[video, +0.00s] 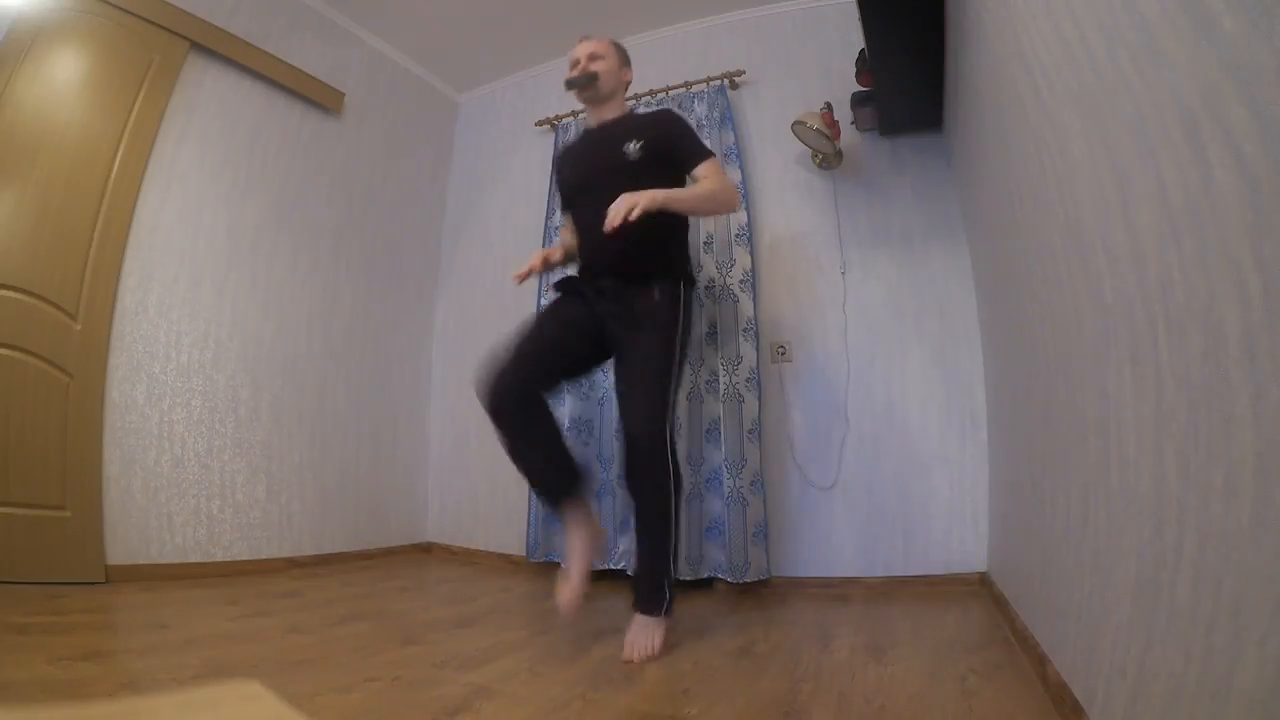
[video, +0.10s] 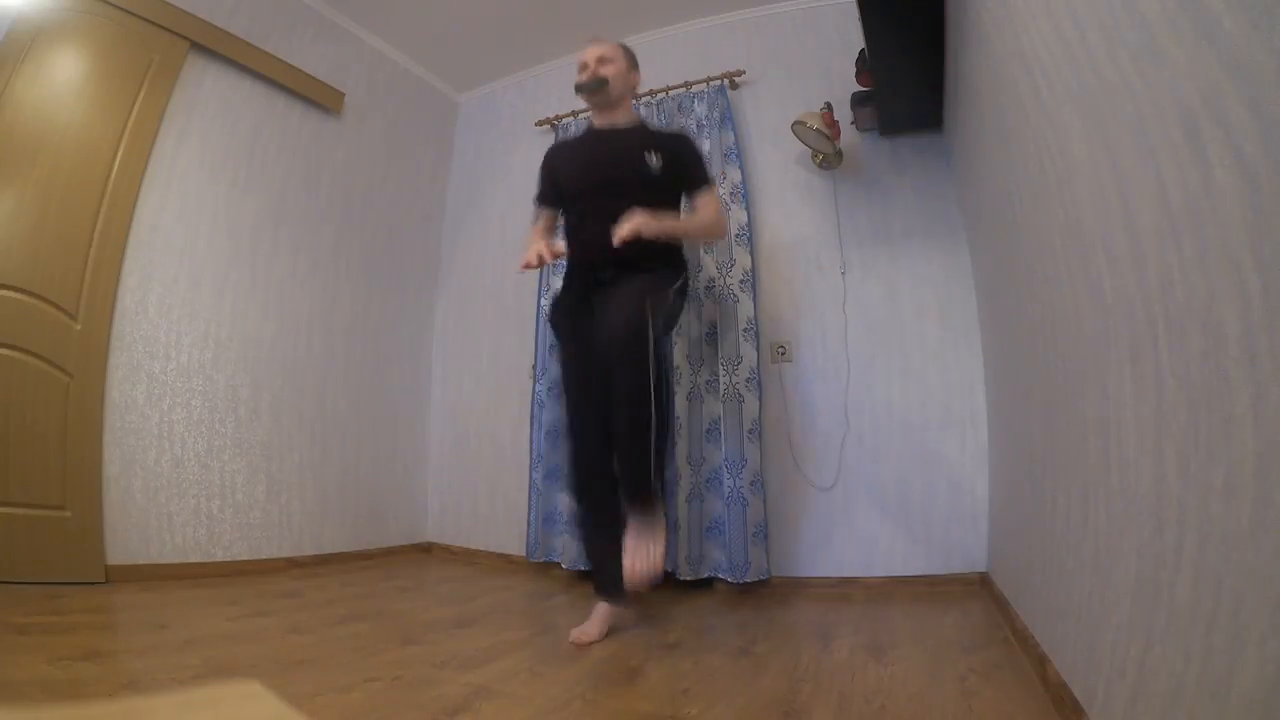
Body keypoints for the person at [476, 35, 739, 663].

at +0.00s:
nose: (581, 63)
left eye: (596, 55)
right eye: (574, 60)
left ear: (627, 76)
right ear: (569, 85)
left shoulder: (662, 126)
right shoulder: (569, 156)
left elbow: (725, 195)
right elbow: (577, 232)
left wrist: (657, 197)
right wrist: (554, 253)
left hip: (655, 300)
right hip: (589, 300)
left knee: (644, 442)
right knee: (507, 389)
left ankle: (651, 604)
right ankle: (577, 513)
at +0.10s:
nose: (592, 73)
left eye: (605, 62)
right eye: (582, 68)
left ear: (635, 78)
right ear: (575, 88)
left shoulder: (670, 146)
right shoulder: (561, 157)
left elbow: (714, 221)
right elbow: (544, 224)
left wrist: (657, 223)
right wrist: (540, 243)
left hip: (651, 281)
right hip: (583, 293)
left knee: (626, 326)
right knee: (590, 439)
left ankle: (644, 508)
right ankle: (609, 592)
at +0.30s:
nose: (586, 68)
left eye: (600, 59)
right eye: (579, 64)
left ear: (631, 78)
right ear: (575, 86)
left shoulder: (668, 131)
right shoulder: (568, 153)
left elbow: (725, 198)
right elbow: (549, 237)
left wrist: (670, 217)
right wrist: (540, 223)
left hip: (663, 274)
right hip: (599, 284)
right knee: (553, 409)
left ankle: (646, 521)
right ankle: (589, 561)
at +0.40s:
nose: (589, 73)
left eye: (605, 66)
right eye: (583, 69)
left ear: (634, 87)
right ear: (579, 96)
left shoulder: (662, 139)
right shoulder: (587, 168)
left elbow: (720, 206)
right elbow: (598, 255)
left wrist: (636, 207)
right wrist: (552, 260)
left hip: (661, 302)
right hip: (603, 301)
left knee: (655, 446)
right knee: (502, 311)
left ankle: (669, 600)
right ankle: (564, 452)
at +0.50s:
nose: (601, 90)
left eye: (616, 81)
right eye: (594, 86)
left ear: (647, 101)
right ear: (588, 110)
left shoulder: (665, 149)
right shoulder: (596, 180)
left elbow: (690, 203)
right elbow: (611, 270)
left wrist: (590, 161)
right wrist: (566, 266)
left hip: (663, 325)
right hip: (607, 315)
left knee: (663, 465)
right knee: (501, 304)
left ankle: (674, 604)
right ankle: (556, 444)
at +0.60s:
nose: (609, 65)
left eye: (623, 59)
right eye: (601, 62)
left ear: (650, 82)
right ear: (594, 87)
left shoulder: (677, 135)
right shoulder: (586, 150)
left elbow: (710, 207)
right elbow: (588, 223)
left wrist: (621, 165)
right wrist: (574, 248)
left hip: (663, 290)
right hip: (600, 293)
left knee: (641, 410)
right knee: (547, 412)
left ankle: (667, 572)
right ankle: (596, 551)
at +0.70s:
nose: (610, 83)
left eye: (623, 74)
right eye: (602, 79)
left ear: (651, 93)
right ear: (594, 100)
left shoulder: (685, 162)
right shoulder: (580, 172)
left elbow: (721, 246)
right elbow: (547, 258)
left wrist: (666, 242)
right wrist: (539, 233)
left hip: (671, 297)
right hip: (602, 307)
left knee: (621, 284)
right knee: (617, 444)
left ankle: (653, 449)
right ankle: (637, 591)